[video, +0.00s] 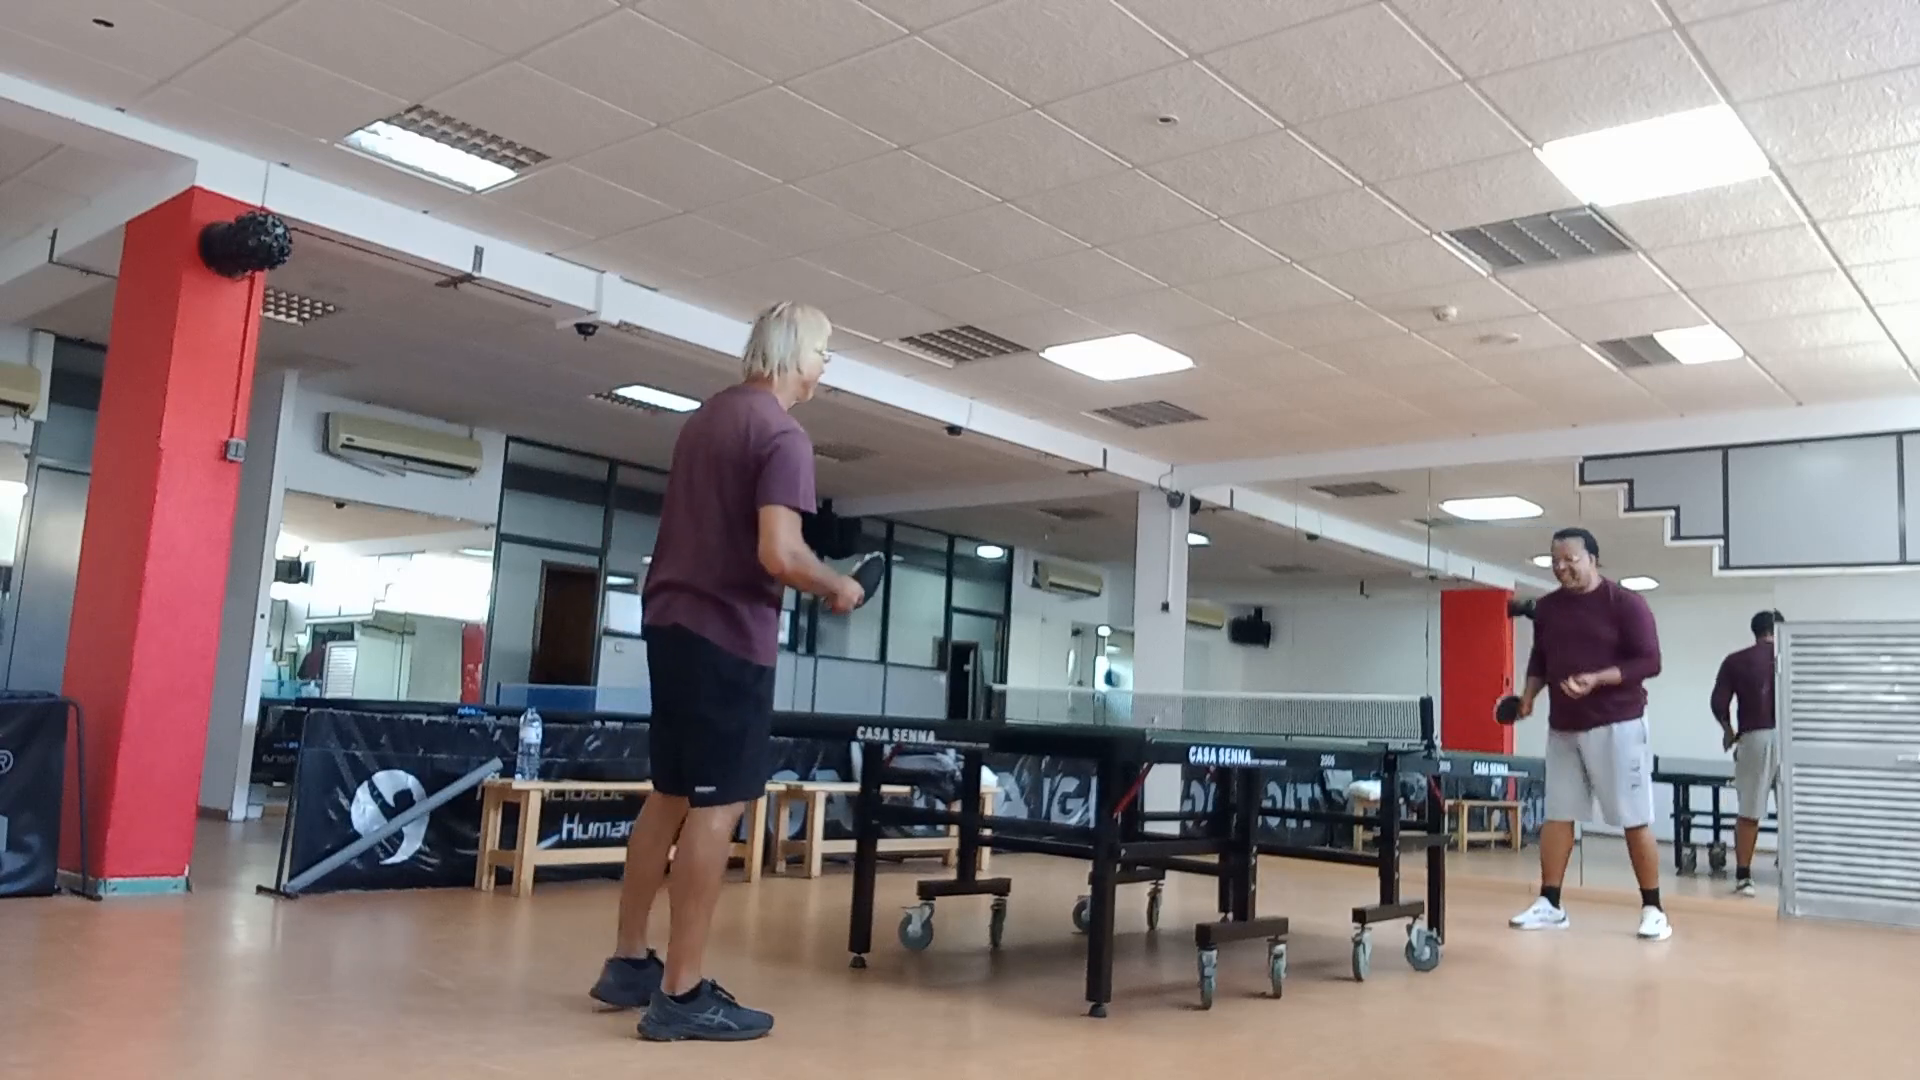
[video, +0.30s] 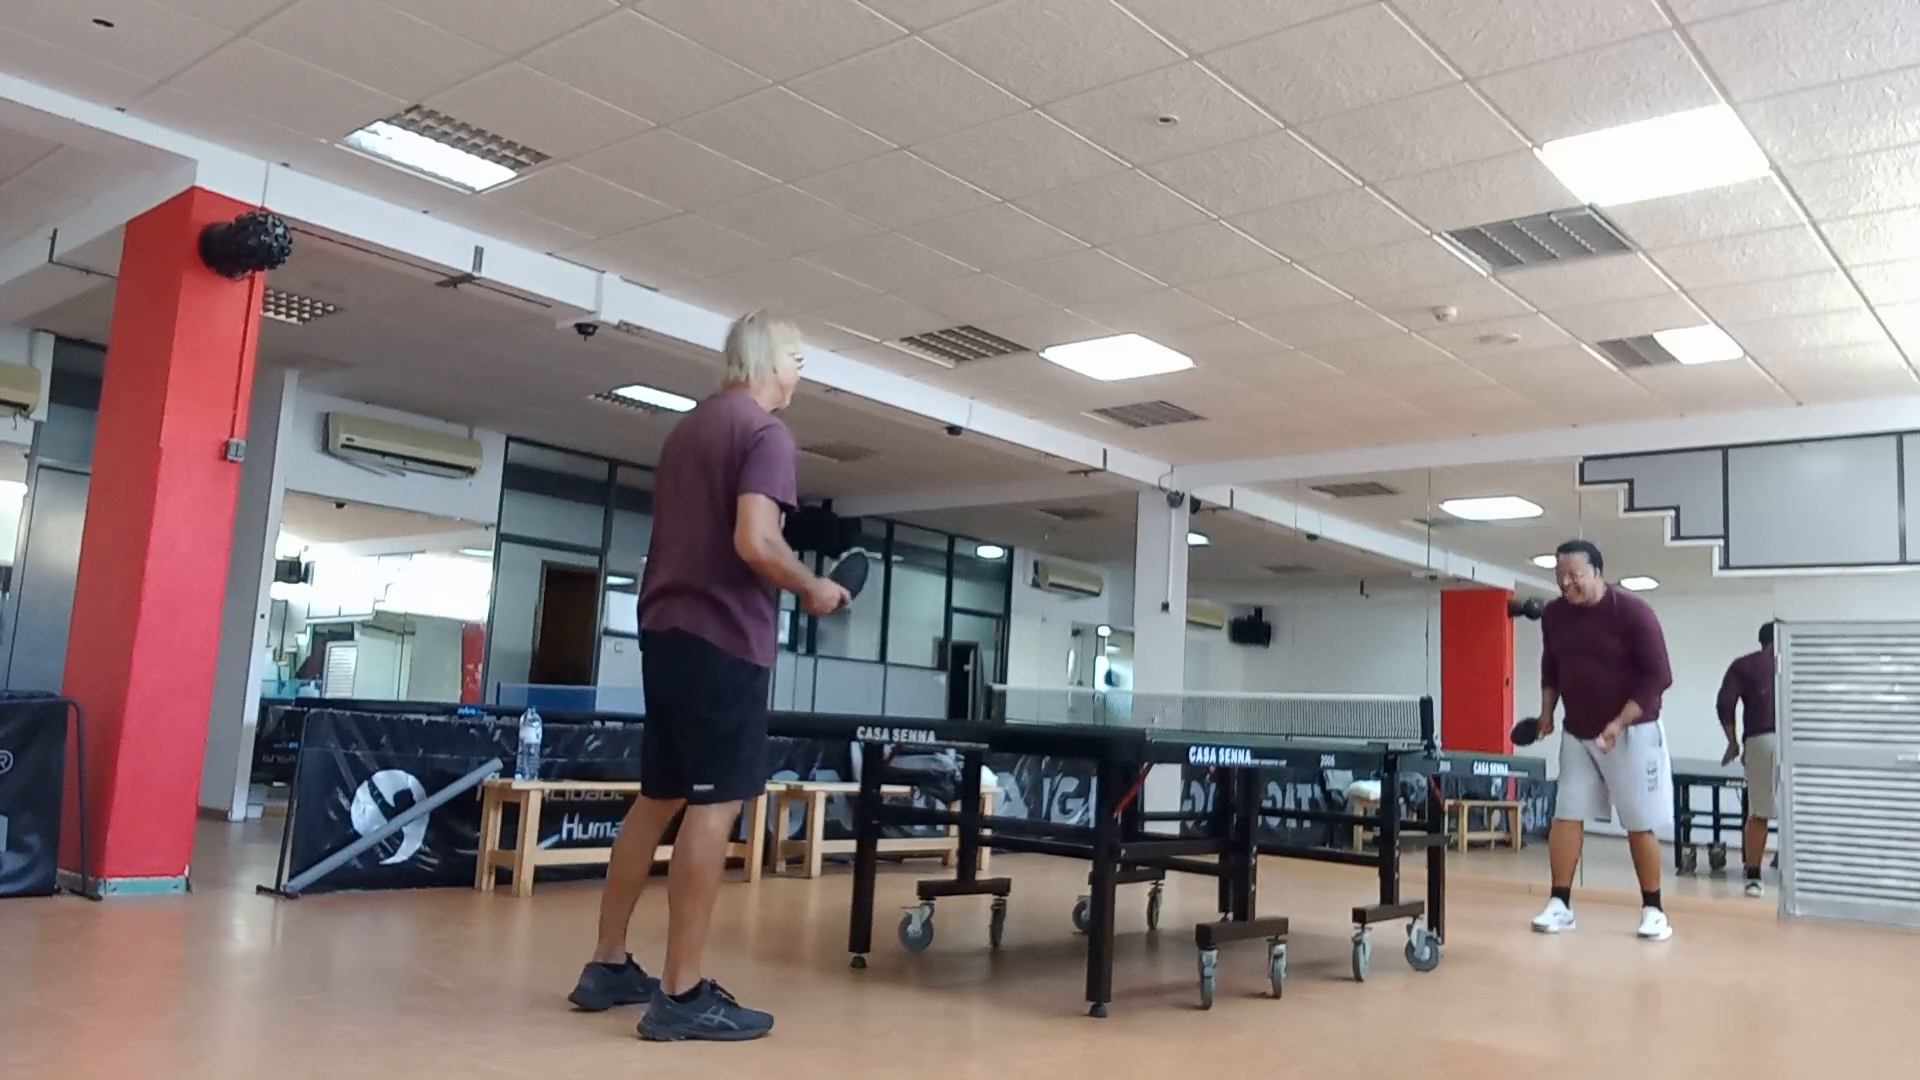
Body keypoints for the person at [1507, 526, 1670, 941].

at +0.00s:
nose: (1564, 568)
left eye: (1571, 559)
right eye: (1557, 562)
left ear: (1592, 558)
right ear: (1552, 567)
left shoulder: (1626, 604)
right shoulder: (1548, 607)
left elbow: (1650, 662)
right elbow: (1541, 658)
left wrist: (1598, 677)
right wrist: (1528, 694)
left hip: (1617, 727)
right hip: (1564, 728)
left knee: (1634, 819)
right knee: (1557, 814)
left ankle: (1652, 909)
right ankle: (1549, 904)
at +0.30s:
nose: (1569, 585)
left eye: (1576, 577)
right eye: (1563, 578)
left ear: (1598, 571)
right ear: (1557, 577)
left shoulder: (1632, 612)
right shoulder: (1555, 614)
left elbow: (1657, 677)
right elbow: (1551, 666)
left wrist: (1621, 721)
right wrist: (1546, 712)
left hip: (1632, 735)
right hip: (1577, 735)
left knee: (1640, 824)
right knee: (1567, 815)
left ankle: (1652, 910)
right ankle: (1559, 905)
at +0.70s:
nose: (1548, 617)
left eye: (1556, 609)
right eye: (1542, 609)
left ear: (1577, 603)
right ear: (1536, 607)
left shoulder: (1613, 633)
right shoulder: (1534, 640)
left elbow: (1623, 700)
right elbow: (1532, 690)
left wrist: (1580, 734)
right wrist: (1529, 744)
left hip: (1624, 743)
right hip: (1570, 744)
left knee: (1629, 829)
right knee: (1549, 815)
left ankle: (1651, 911)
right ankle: (1558, 906)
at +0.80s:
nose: (1544, 614)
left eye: (1552, 606)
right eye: (1537, 607)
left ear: (1571, 598)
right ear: (1531, 603)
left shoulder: (1608, 628)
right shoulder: (1528, 636)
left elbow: (1616, 689)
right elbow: (1523, 690)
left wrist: (1569, 709)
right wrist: (1531, 741)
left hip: (1617, 741)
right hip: (1564, 743)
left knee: (1626, 830)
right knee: (1546, 816)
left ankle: (1651, 910)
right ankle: (1558, 906)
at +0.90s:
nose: (1541, 609)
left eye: (1548, 601)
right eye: (1533, 602)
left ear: (1566, 593)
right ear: (1526, 599)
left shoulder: (1603, 623)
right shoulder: (1520, 630)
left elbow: (1616, 677)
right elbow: (1511, 687)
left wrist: (1564, 682)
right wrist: (1537, 716)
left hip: (1611, 738)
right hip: (1559, 741)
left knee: (1623, 821)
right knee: (1546, 818)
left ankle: (1648, 903)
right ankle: (1557, 906)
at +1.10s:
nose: (1543, 610)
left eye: (1550, 601)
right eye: (1535, 603)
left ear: (1566, 592)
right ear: (1524, 598)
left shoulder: (1598, 621)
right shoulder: (1513, 629)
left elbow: (1637, 677)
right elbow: (1497, 686)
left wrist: (1601, 679)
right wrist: (1547, 704)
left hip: (1603, 733)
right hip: (1549, 741)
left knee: (1606, 791)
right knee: (1536, 818)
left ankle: (1629, 853)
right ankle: (1555, 904)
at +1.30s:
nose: (1542, 615)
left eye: (1550, 607)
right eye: (1534, 608)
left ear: (1568, 600)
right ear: (1526, 602)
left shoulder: (1599, 627)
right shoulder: (1516, 623)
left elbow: (1634, 686)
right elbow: (1475, 656)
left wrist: (1612, 743)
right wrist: (1493, 678)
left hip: (1596, 746)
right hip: (1544, 753)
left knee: (1604, 815)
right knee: (1529, 831)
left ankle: (1623, 908)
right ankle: (1556, 906)